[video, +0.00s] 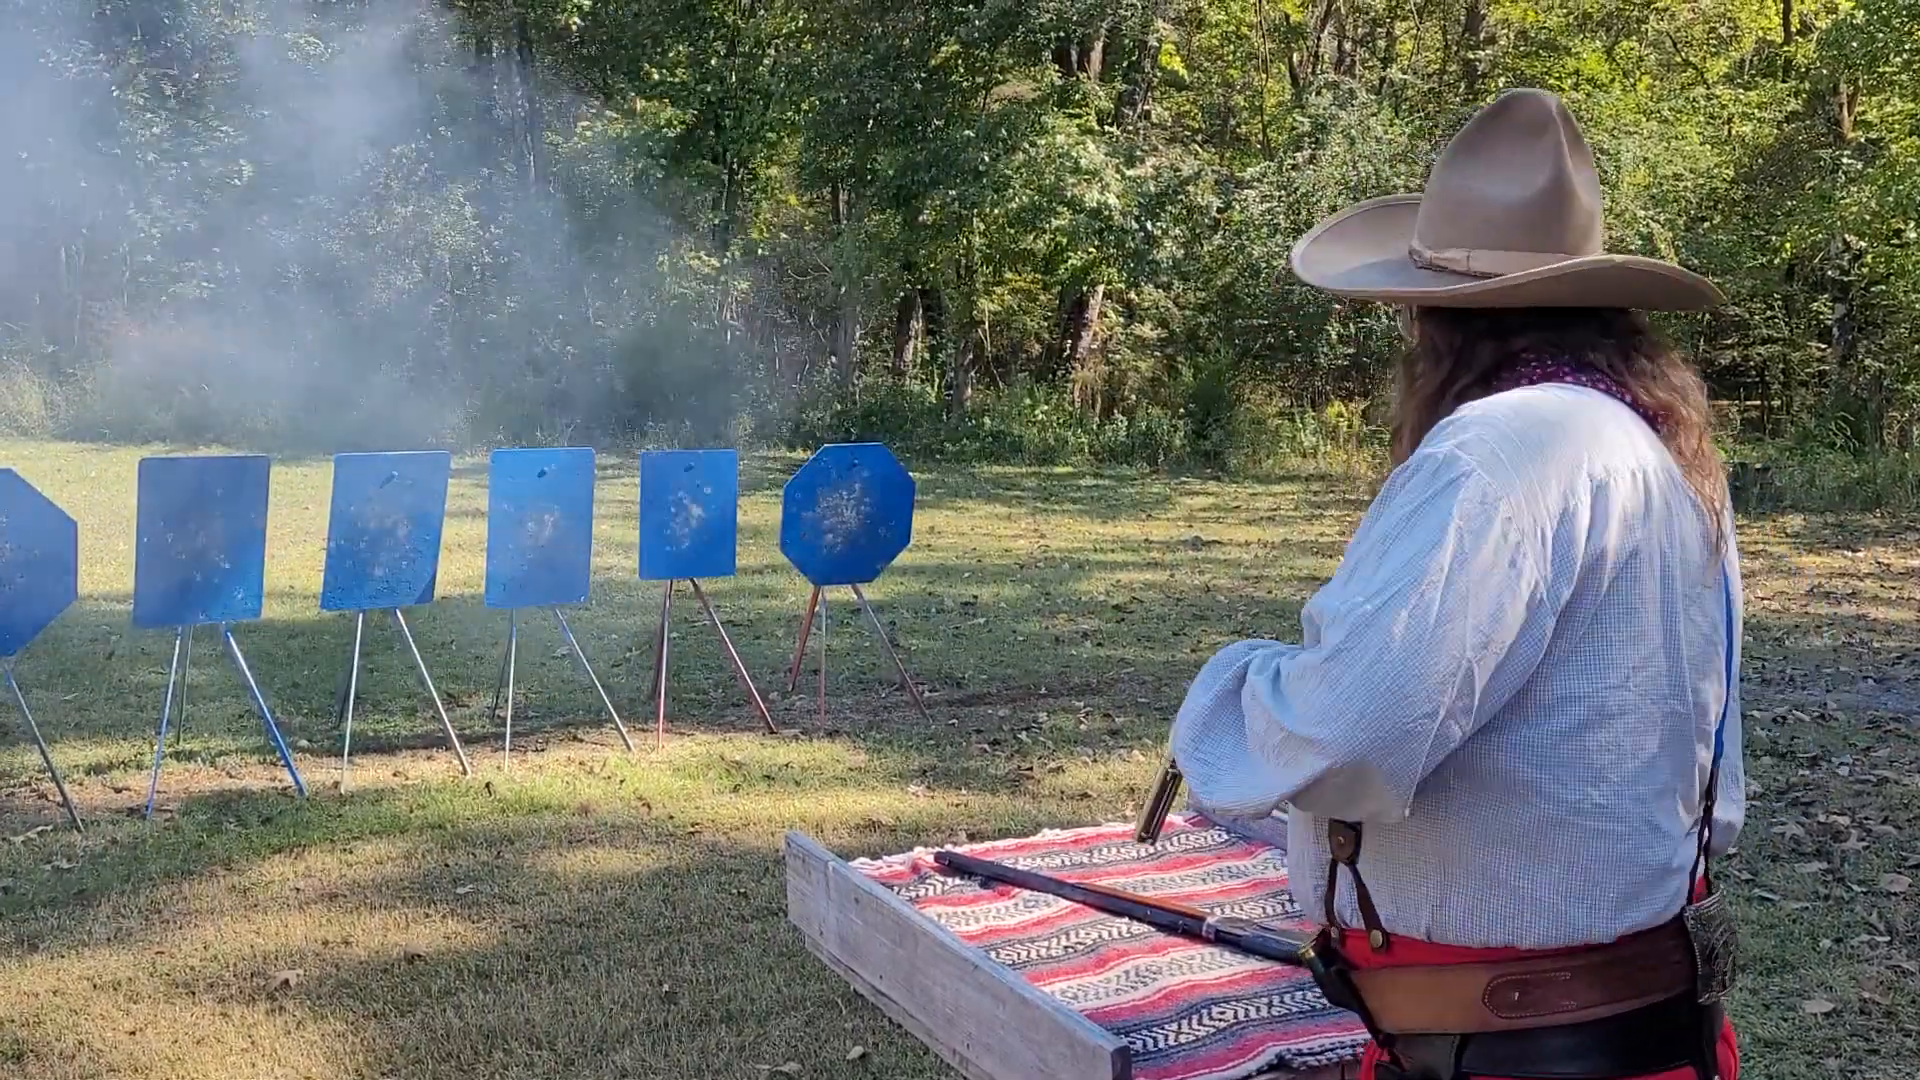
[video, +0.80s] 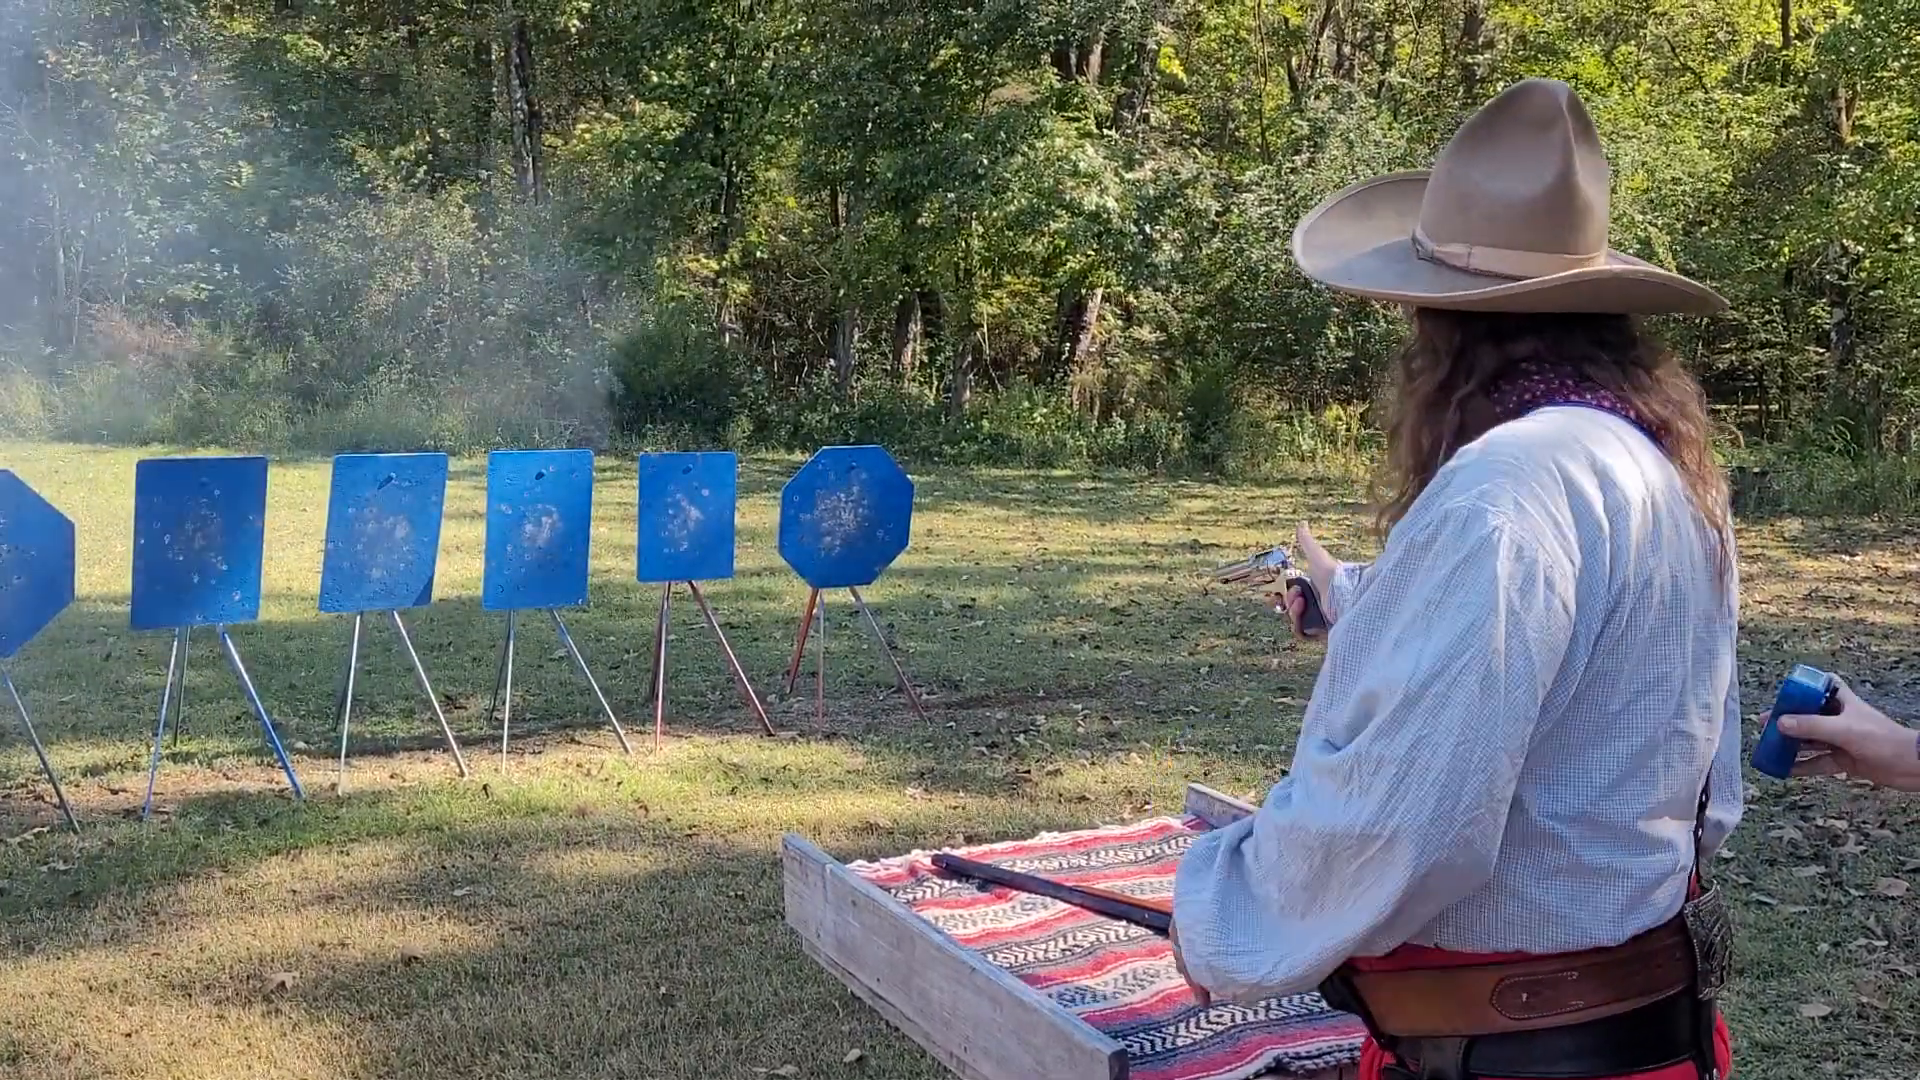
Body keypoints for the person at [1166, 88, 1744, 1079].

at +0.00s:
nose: (1406, 328)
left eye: (1417, 305)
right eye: (1410, 303)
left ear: (1457, 315)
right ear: (1589, 307)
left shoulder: (1503, 453)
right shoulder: (1665, 454)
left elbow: (1354, 737)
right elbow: (1709, 791)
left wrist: (1234, 683)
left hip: (1497, 1038)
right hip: (1639, 1006)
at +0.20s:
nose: (1403, 330)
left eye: (1414, 307)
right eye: (1409, 303)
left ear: (1447, 320)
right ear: (1588, 315)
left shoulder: (1497, 462)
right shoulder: (1661, 464)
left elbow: (1286, 761)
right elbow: (1708, 795)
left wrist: (1226, 697)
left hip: (1498, 1044)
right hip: (1646, 1005)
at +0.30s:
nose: (1400, 332)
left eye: (1411, 308)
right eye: (1406, 305)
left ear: (1442, 322)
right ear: (1586, 315)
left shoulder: (1486, 461)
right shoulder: (1665, 463)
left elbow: (1265, 757)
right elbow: (1713, 790)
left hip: (1496, 1044)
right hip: (1649, 1006)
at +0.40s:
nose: (1395, 335)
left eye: (1407, 312)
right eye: (1401, 307)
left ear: (1439, 326)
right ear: (1585, 319)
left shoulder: (1474, 464)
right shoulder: (1672, 469)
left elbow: (1261, 759)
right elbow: (1714, 791)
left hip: (1485, 1040)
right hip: (1649, 1004)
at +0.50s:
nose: (1394, 336)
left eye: (1406, 312)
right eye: (1401, 308)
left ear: (1438, 326)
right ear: (1583, 319)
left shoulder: (1479, 466)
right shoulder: (1674, 470)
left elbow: (1271, 753)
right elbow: (1714, 785)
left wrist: (1229, 680)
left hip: (1489, 1041)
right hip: (1648, 1004)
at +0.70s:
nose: (1404, 335)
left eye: (1414, 311)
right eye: (1409, 308)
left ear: (1450, 324)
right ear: (1585, 313)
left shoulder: (1498, 481)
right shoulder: (1665, 471)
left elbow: (1331, 783)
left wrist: (1200, 801)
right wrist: (1360, 638)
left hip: (1503, 1043)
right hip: (1650, 1007)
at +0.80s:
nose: (1408, 338)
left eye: (1417, 314)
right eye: (1413, 309)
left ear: (1453, 325)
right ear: (1590, 314)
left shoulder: (1510, 487)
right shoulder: (1663, 469)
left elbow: (1386, 822)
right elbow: (1578, 692)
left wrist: (1231, 861)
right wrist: (1361, 609)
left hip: (1504, 1039)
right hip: (1652, 1001)